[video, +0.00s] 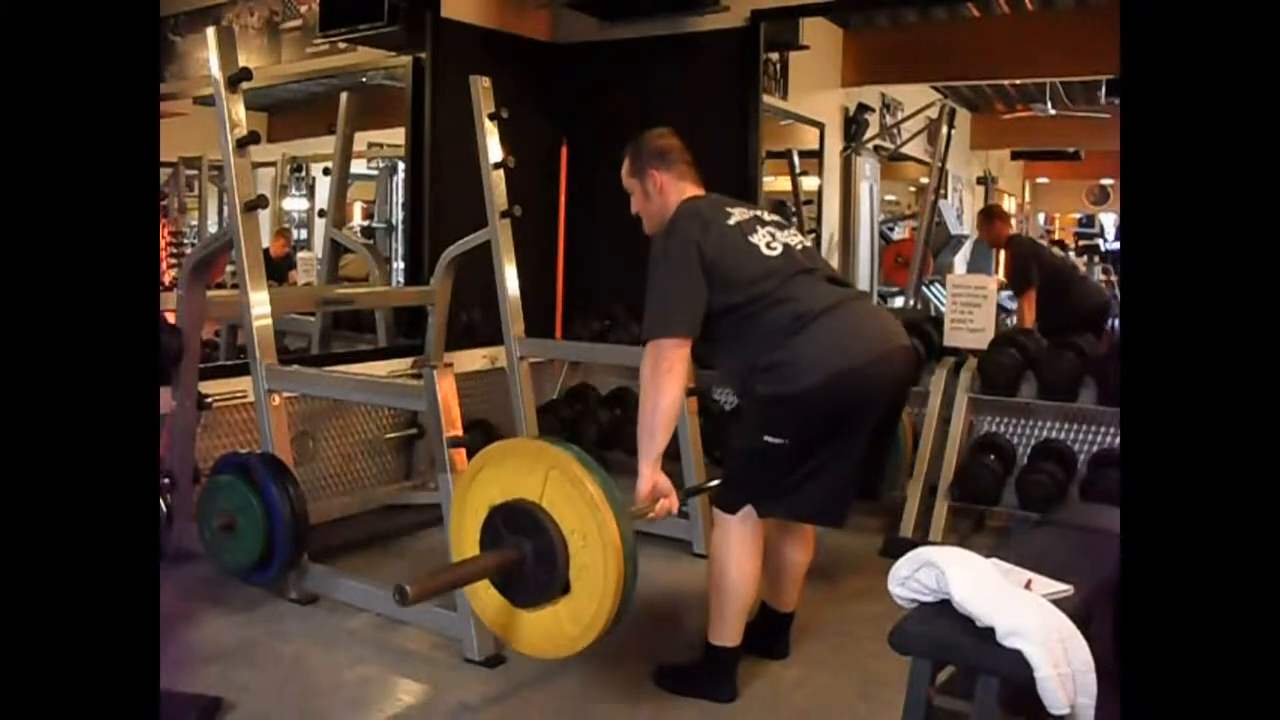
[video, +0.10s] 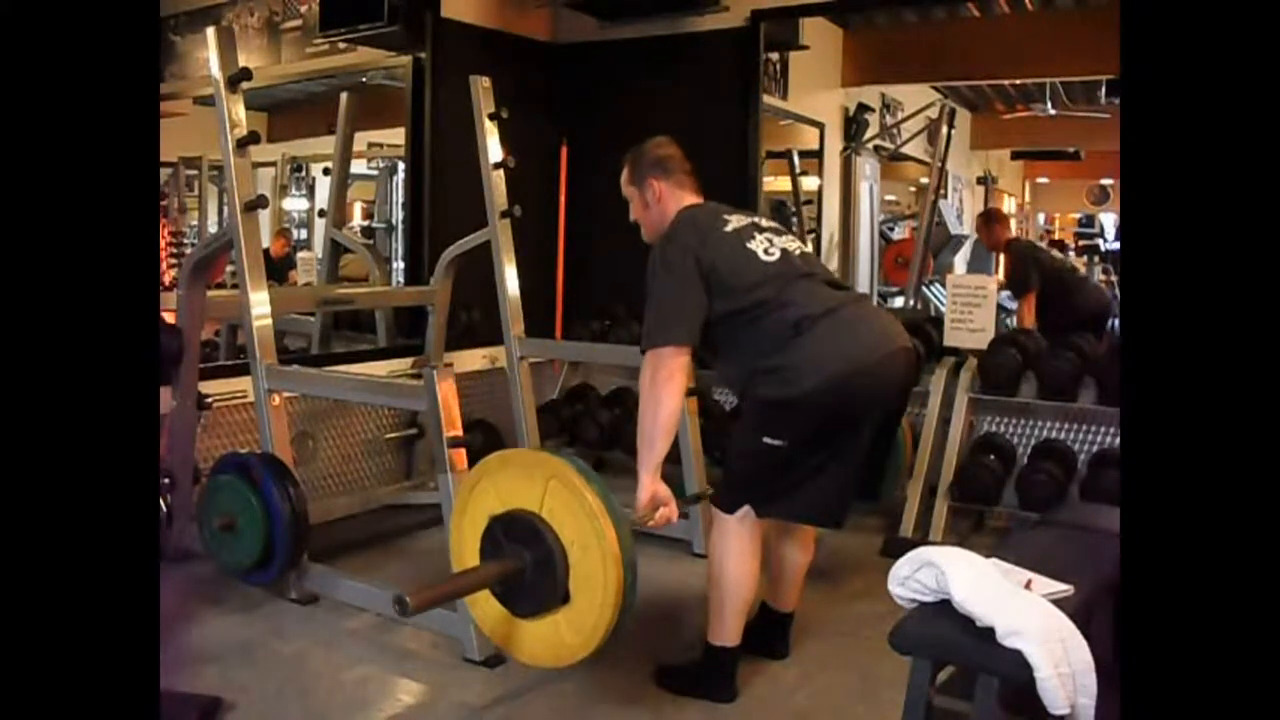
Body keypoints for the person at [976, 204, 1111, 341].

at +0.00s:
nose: (983, 238)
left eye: (983, 231)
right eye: (981, 232)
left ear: (997, 224)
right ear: (1000, 223)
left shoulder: (1017, 246)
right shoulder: (1021, 244)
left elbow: (1028, 299)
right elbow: (1026, 299)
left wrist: (1024, 344)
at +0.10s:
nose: (981, 241)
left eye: (981, 233)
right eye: (979, 235)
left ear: (997, 228)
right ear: (1004, 227)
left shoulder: (1017, 251)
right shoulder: (1022, 247)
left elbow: (1027, 306)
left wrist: (1024, 350)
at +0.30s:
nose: (976, 247)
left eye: (977, 241)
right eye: (975, 242)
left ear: (991, 238)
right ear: (1001, 236)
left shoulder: (1014, 262)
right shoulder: (1020, 257)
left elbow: (1025, 317)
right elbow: (1026, 316)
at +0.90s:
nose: (978, 251)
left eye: (978, 245)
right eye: (976, 245)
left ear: (992, 242)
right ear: (999, 240)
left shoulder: (1014, 265)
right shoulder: (1017, 260)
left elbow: (1027, 318)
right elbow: (1026, 317)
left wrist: (1022, 357)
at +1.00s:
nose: (977, 235)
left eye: (979, 229)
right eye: (977, 229)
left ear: (994, 227)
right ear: (1001, 227)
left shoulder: (1015, 250)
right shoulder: (1017, 249)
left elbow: (1029, 307)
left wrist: (1026, 350)